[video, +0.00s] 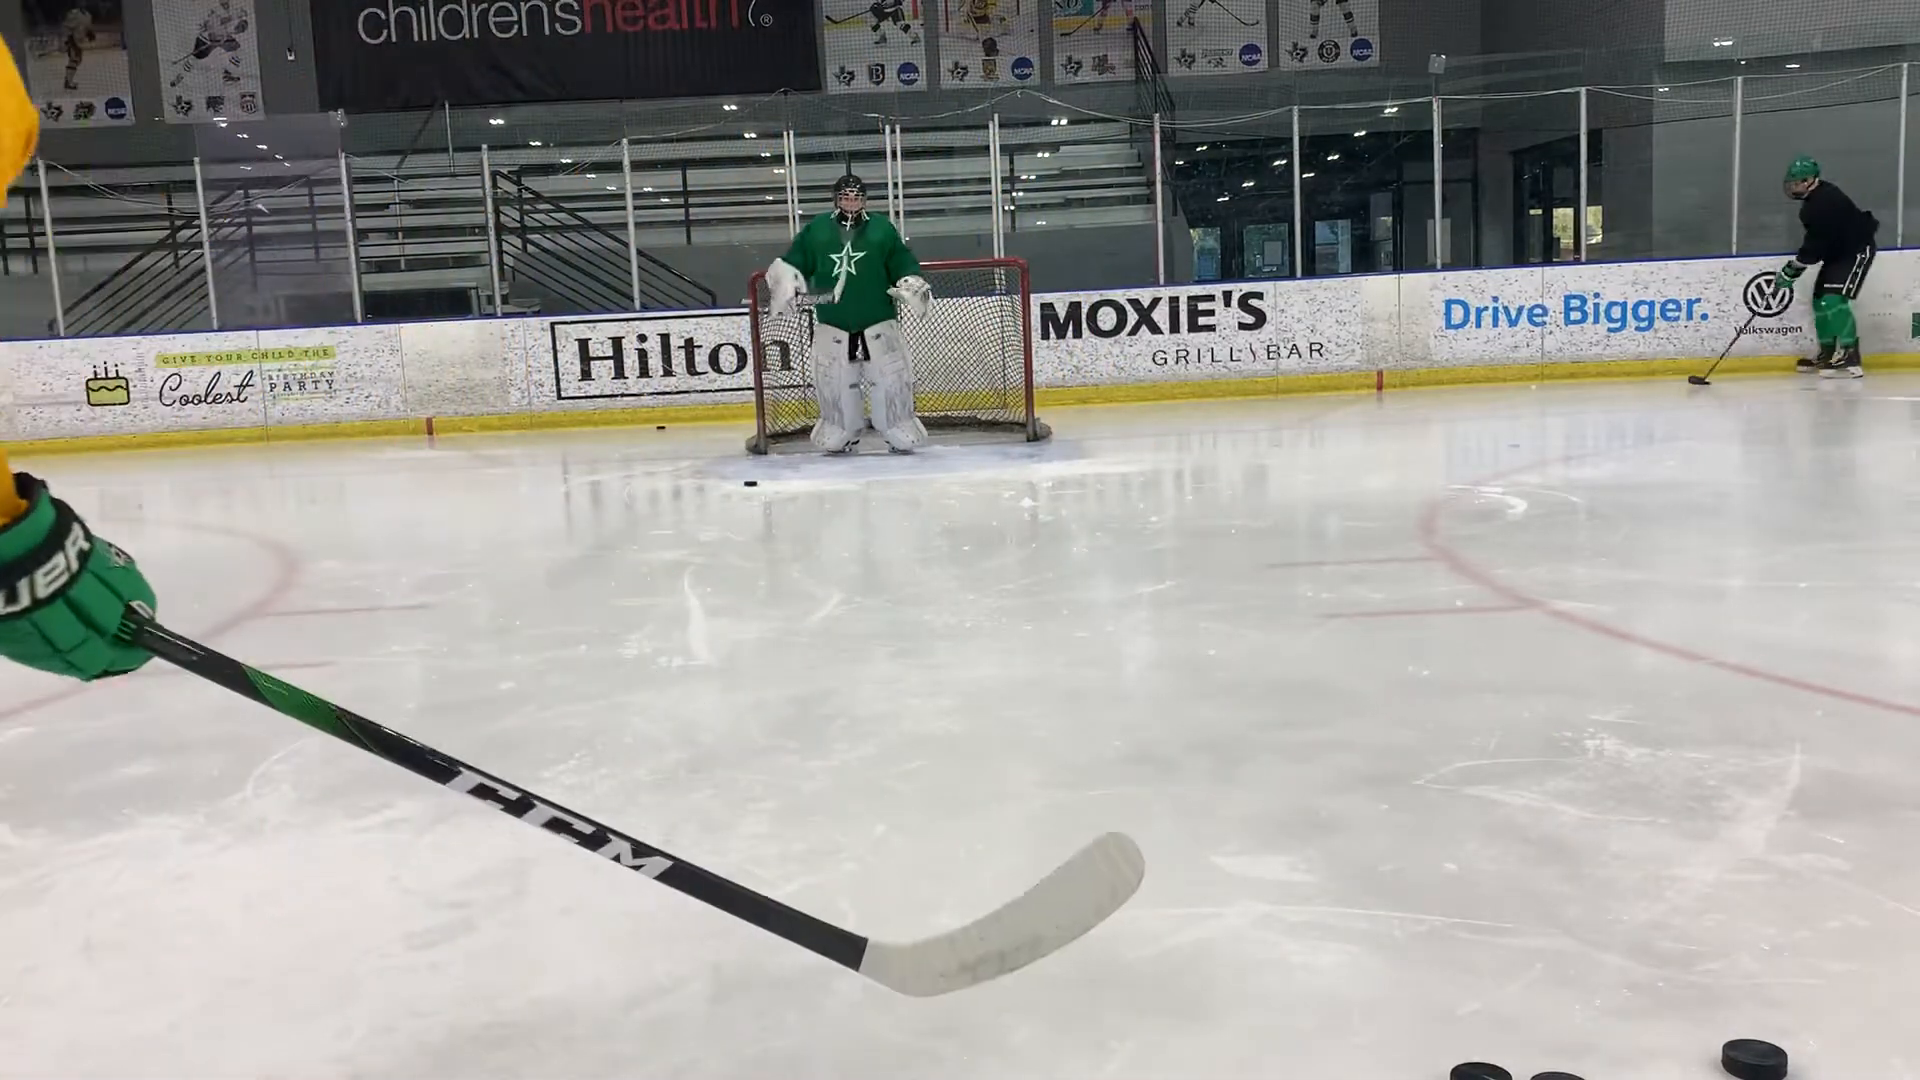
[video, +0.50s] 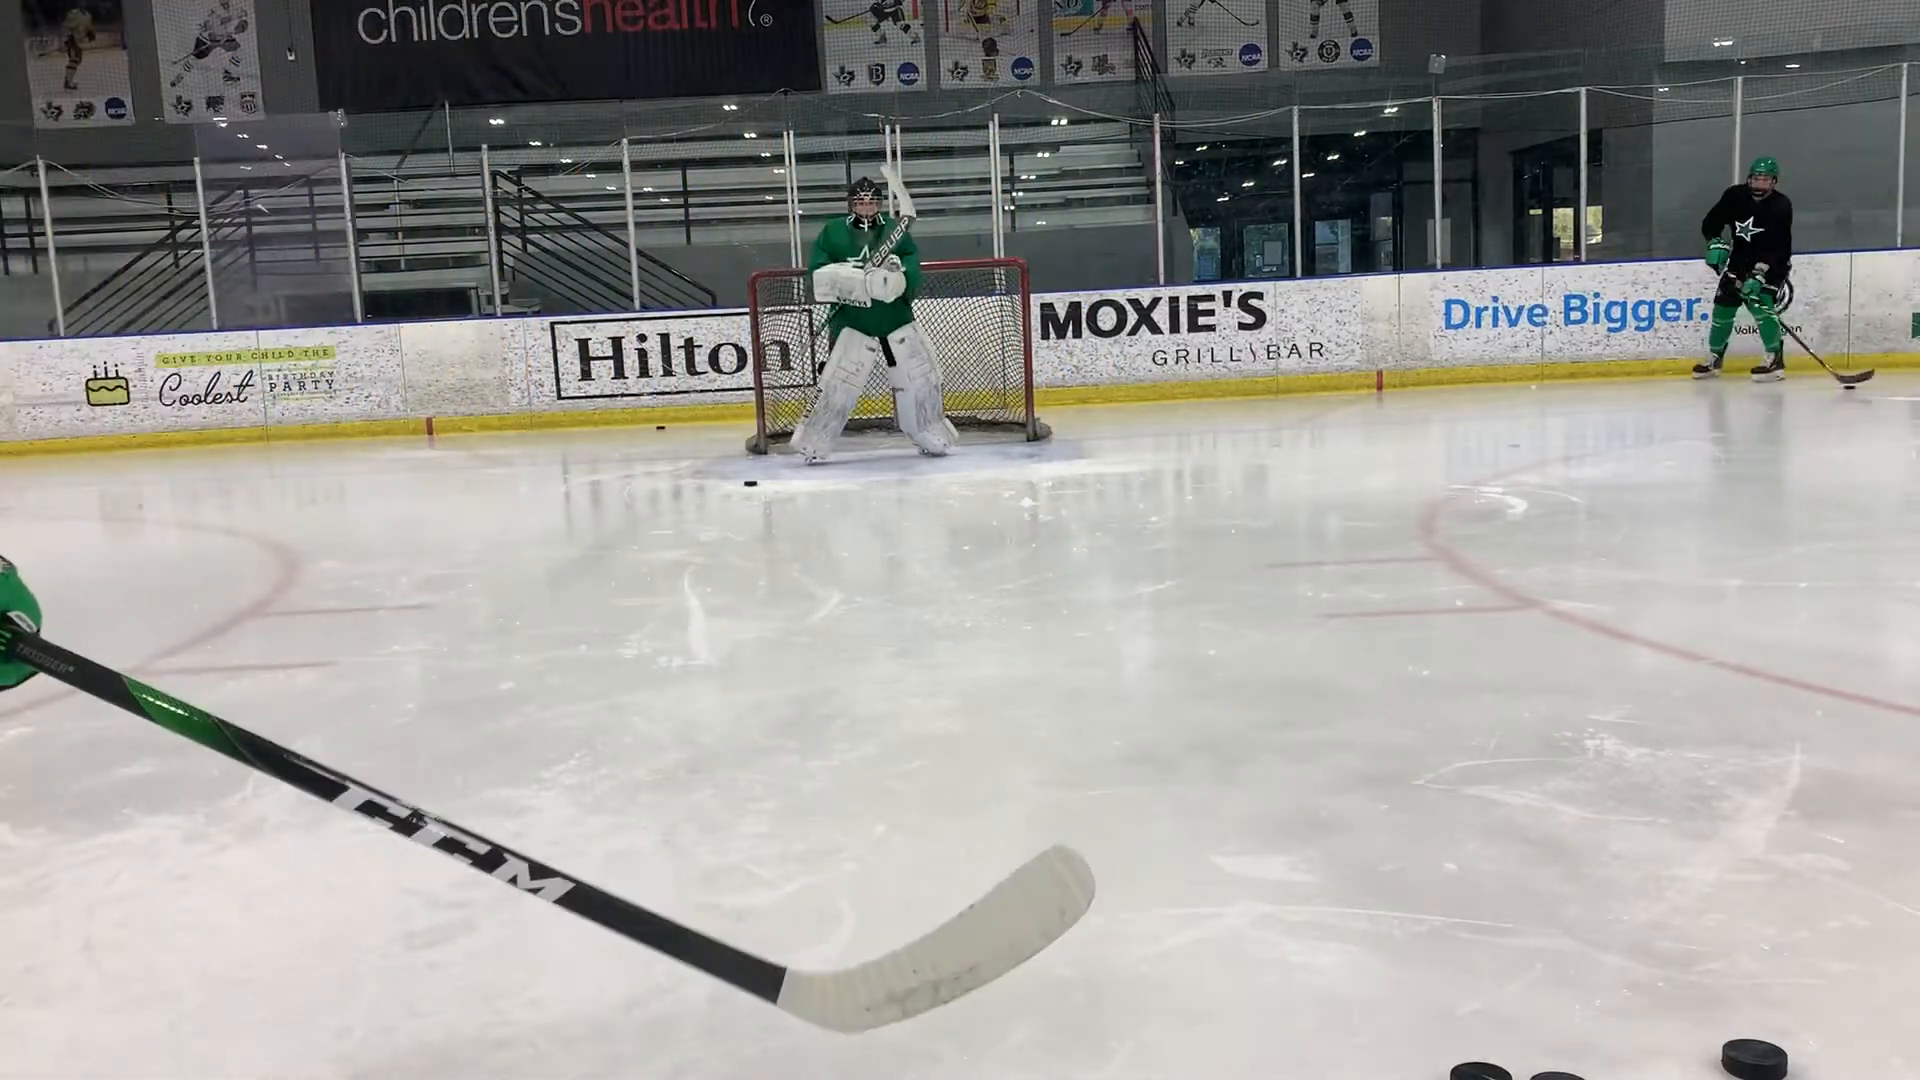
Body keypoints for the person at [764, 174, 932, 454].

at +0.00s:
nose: (850, 201)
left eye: (855, 196)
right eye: (845, 196)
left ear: (863, 199)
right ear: (837, 199)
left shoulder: (881, 228)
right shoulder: (818, 229)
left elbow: (902, 261)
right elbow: (794, 260)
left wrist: (912, 285)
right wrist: (784, 281)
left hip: (878, 318)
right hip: (833, 320)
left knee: (891, 377)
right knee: (834, 380)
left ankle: (901, 435)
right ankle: (840, 437)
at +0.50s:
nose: (865, 205)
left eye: (870, 200)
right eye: (860, 200)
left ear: (879, 202)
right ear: (851, 203)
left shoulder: (895, 230)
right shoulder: (833, 231)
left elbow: (913, 269)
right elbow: (816, 276)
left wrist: (892, 279)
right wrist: (850, 281)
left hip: (896, 319)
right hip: (854, 320)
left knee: (919, 377)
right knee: (840, 384)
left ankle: (931, 438)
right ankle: (816, 445)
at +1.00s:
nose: (879, 204)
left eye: (884, 199)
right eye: (873, 198)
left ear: (894, 201)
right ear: (864, 201)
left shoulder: (908, 228)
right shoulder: (846, 231)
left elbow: (928, 264)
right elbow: (824, 276)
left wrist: (918, 279)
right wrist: (849, 288)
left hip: (909, 321)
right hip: (864, 323)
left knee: (939, 383)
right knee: (845, 390)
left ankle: (967, 445)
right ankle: (819, 454)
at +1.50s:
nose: (894, 234)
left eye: (899, 227)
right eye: (888, 228)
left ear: (908, 228)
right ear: (879, 229)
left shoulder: (927, 254)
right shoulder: (858, 260)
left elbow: (950, 302)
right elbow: (838, 301)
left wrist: (953, 276)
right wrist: (840, 338)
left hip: (924, 341)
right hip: (879, 346)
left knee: (956, 398)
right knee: (865, 408)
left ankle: (994, 455)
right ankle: (825, 461)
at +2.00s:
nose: (913, 281)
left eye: (919, 274)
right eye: (907, 275)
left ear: (929, 274)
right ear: (895, 276)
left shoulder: (946, 296)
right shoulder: (876, 303)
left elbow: (969, 348)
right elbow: (854, 342)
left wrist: (970, 333)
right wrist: (852, 380)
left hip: (946, 372)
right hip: (897, 378)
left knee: (982, 409)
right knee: (872, 424)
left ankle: (1027, 451)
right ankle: (826, 464)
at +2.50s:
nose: (916, 292)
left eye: (921, 286)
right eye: (909, 286)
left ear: (931, 285)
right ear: (898, 286)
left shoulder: (950, 307)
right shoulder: (877, 311)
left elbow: (977, 359)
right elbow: (850, 349)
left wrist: (973, 349)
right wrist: (849, 388)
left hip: (946, 389)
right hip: (895, 399)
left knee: (981, 415)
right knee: (870, 434)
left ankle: (1019, 448)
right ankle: (827, 464)